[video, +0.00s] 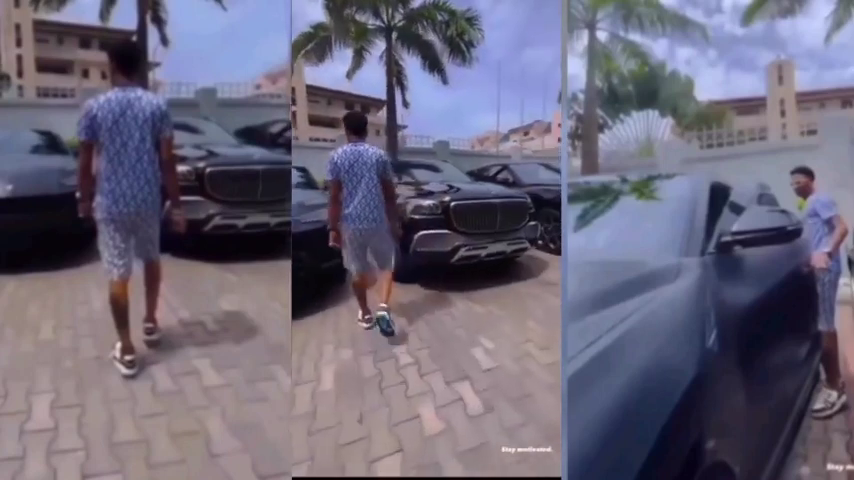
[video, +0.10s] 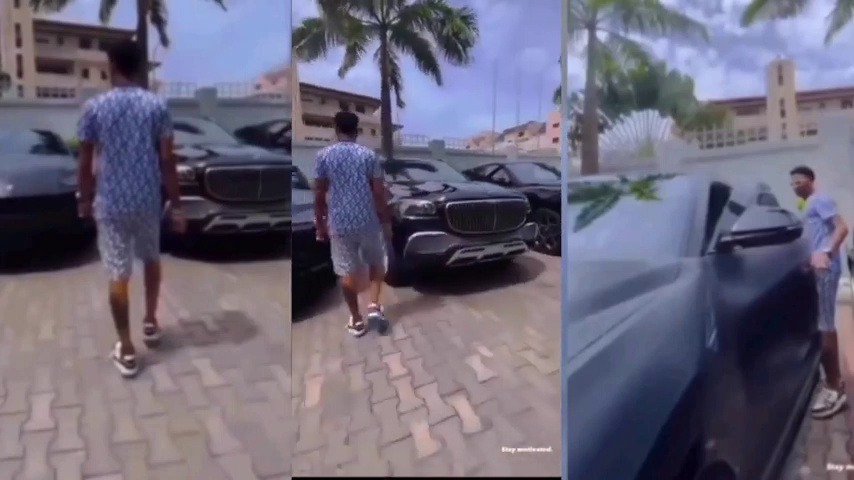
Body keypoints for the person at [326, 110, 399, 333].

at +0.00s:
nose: (352, 134)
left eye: (347, 129)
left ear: (345, 130)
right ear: (366, 130)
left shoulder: (336, 157)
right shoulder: (378, 155)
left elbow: (334, 196)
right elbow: (389, 193)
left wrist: (333, 228)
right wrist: (394, 222)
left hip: (351, 223)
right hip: (378, 222)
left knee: (357, 271)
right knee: (387, 265)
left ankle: (365, 313)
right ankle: (384, 305)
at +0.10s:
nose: (346, 134)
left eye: (340, 129)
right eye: (354, 130)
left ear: (336, 130)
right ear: (357, 130)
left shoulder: (324, 156)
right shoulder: (369, 155)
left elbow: (319, 194)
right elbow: (378, 191)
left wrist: (320, 225)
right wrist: (385, 218)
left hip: (339, 223)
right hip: (367, 221)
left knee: (346, 272)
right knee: (377, 265)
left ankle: (356, 319)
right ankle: (374, 304)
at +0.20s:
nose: (338, 135)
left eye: (332, 130)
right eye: (346, 130)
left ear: (328, 131)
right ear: (350, 131)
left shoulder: (316, 156)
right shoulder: (360, 156)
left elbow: (308, 194)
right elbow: (368, 192)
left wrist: (309, 222)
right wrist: (375, 220)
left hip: (329, 224)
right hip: (357, 223)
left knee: (338, 276)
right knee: (366, 262)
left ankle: (347, 325)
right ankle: (365, 304)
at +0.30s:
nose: (336, 137)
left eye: (328, 133)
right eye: (340, 133)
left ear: (321, 133)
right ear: (342, 133)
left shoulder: (309, 157)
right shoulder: (352, 158)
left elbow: (299, 193)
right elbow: (360, 195)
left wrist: (301, 222)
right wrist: (368, 223)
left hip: (320, 224)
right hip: (348, 223)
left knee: (330, 277)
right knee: (354, 262)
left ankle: (339, 331)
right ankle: (355, 296)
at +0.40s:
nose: (331, 140)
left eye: (323, 135)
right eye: (335, 136)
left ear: (316, 135)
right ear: (337, 137)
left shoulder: (302, 160)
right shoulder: (346, 162)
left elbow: (296, 196)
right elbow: (353, 197)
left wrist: (297, 226)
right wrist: (361, 225)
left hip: (313, 227)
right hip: (341, 225)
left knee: (322, 280)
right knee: (345, 263)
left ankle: (329, 336)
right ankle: (343, 297)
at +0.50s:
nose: (325, 141)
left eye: (319, 135)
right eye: (330, 137)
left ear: (313, 135)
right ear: (334, 137)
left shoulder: (299, 160)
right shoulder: (342, 163)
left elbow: (293, 197)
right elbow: (349, 198)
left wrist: (295, 226)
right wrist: (356, 225)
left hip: (308, 226)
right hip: (336, 225)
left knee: (313, 277)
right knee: (340, 263)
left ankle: (319, 327)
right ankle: (338, 301)